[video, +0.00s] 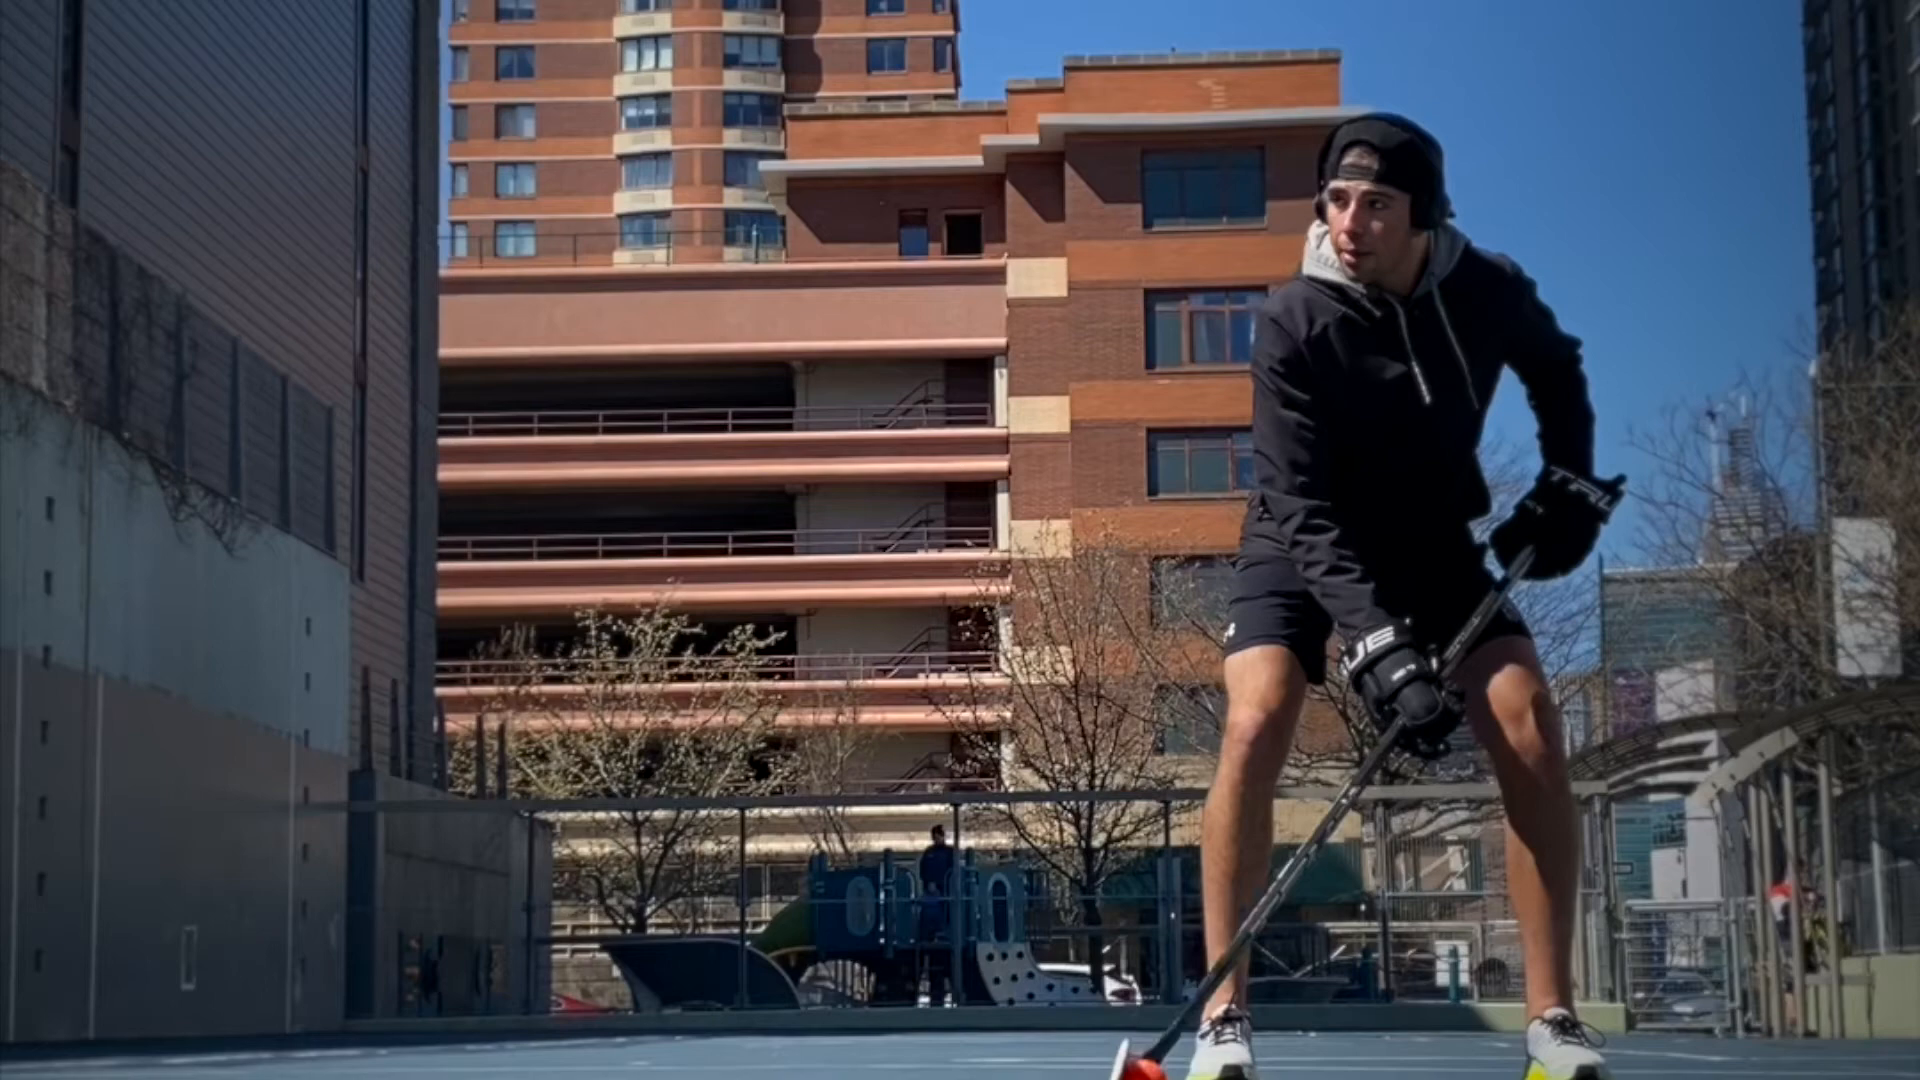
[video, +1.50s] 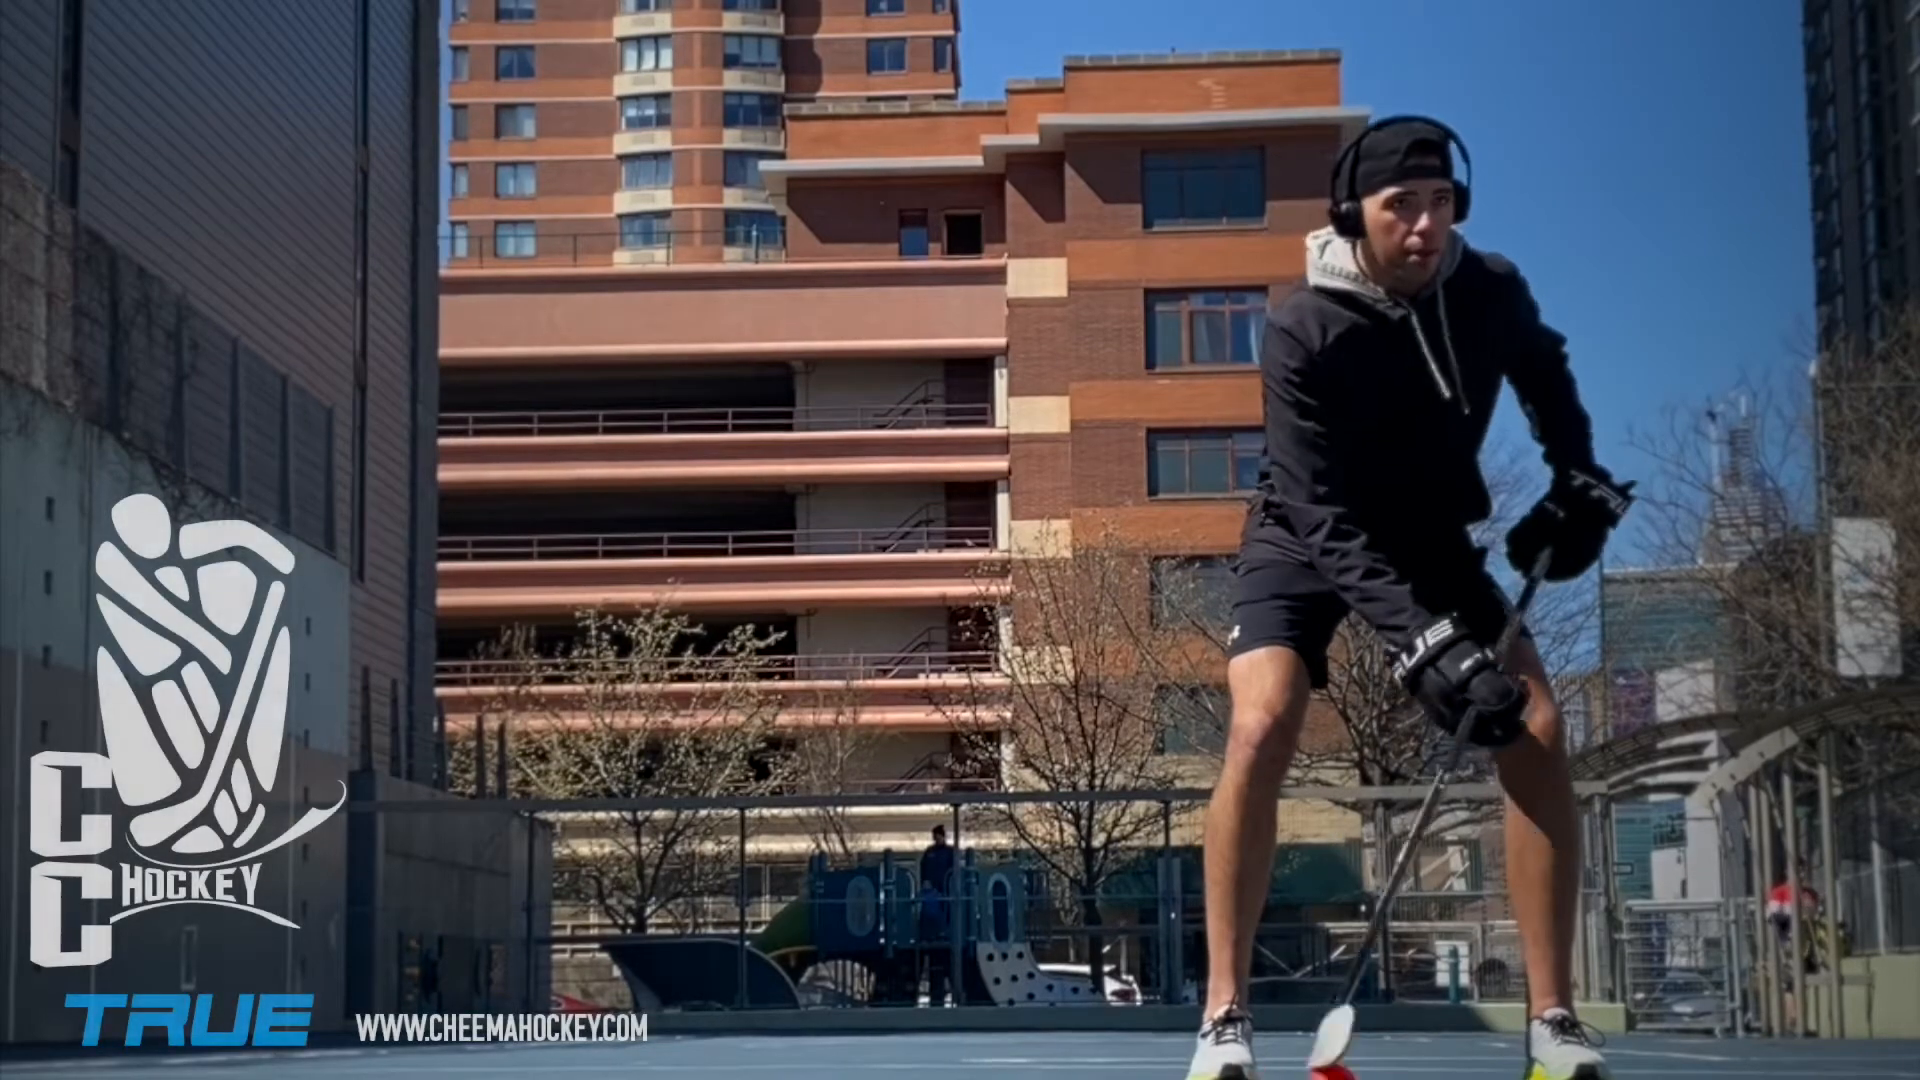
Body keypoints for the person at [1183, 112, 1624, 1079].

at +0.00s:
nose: (1351, 222)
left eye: (1376, 204)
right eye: (1338, 201)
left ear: (1424, 214)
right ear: (1321, 207)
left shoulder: (1487, 290)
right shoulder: (1294, 320)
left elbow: (1555, 372)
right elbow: (1296, 506)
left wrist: (1568, 481)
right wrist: (1371, 643)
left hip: (1435, 537)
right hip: (1303, 538)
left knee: (1531, 725)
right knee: (1256, 723)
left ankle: (1552, 1015)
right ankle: (1222, 1011)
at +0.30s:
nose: (1310, 233)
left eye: (1333, 214)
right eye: (1299, 213)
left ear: (1390, 218)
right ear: (1290, 218)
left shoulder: (1472, 285)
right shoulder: (1280, 331)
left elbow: (1543, 341)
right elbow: (1326, 514)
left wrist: (1551, 455)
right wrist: (1435, 639)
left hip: (1435, 531)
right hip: (1304, 533)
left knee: (1533, 751)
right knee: (1252, 721)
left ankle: (1552, 1017)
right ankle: (1223, 1012)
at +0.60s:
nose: (1287, 237)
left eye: (1310, 220)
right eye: (1277, 218)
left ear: (1363, 225)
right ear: (1268, 225)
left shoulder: (1448, 285)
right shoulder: (1257, 340)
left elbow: (1537, 326)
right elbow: (1295, 524)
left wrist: (1551, 463)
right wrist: (1416, 640)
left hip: (1424, 535)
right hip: (1291, 542)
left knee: (1523, 732)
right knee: (1245, 723)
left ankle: (1551, 1014)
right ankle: (1222, 1013)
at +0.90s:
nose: (1293, 234)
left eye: (1315, 217)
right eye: (1281, 216)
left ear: (1365, 221)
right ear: (1270, 223)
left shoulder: (1449, 290)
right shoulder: (1254, 334)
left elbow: (1540, 354)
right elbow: (1278, 518)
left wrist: (1567, 474)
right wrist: (1371, 642)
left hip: (1417, 539)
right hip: (1284, 542)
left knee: (1519, 729)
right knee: (1240, 724)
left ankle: (1550, 1014)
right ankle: (1220, 1015)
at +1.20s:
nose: (1334, 238)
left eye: (1354, 215)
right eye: (1313, 219)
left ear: (1392, 218)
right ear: (1286, 232)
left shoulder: (1453, 282)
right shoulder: (1270, 343)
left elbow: (1520, 344)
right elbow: (1324, 522)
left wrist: (1525, 452)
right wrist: (1448, 656)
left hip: (1424, 533)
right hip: (1295, 535)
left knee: (1526, 752)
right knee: (1244, 726)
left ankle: (1550, 1015)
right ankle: (1222, 1015)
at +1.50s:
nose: (1422, 227)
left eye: (1439, 206)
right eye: (1399, 207)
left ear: (1457, 212)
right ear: (1355, 215)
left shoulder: (1488, 290)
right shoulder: (1304, 328)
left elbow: (1542, 375)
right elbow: (1321, 518)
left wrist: (1576, 475)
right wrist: (1422, 640)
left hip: (1433, 536)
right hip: (1305, 537)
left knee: (1537, 731)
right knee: (1261, 728)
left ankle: (1554, 1019)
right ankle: (1223, 1015)